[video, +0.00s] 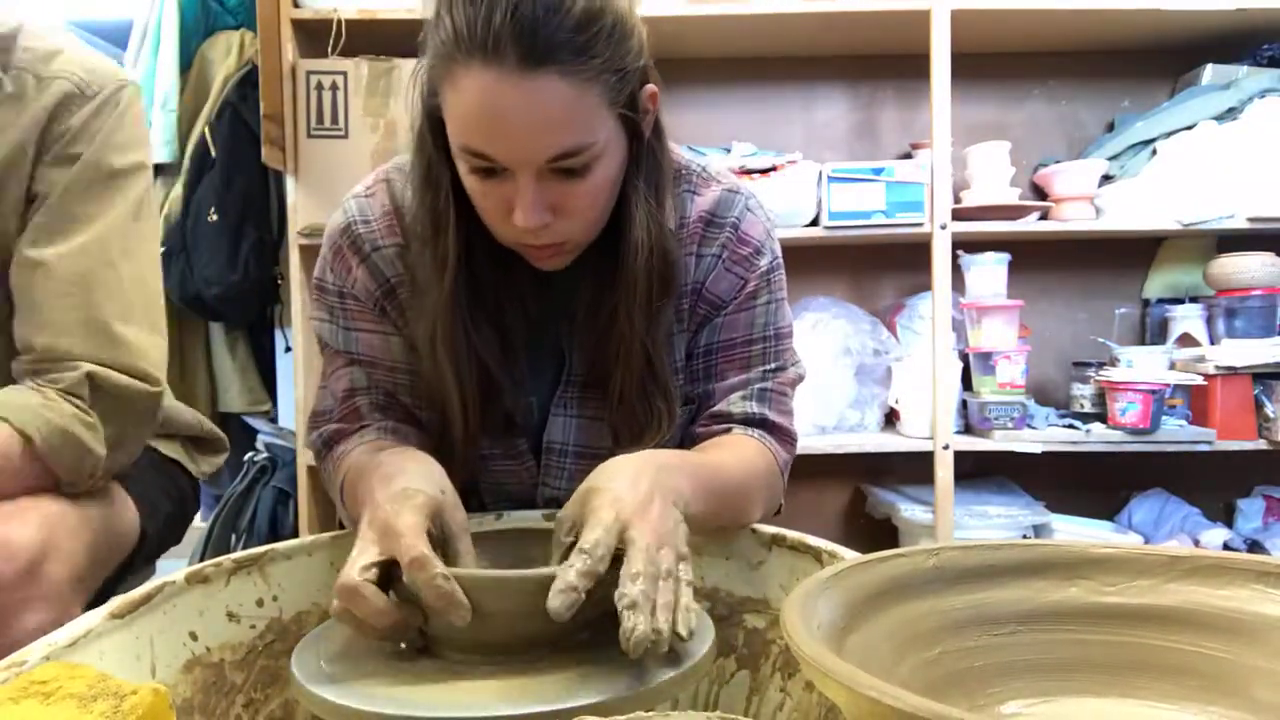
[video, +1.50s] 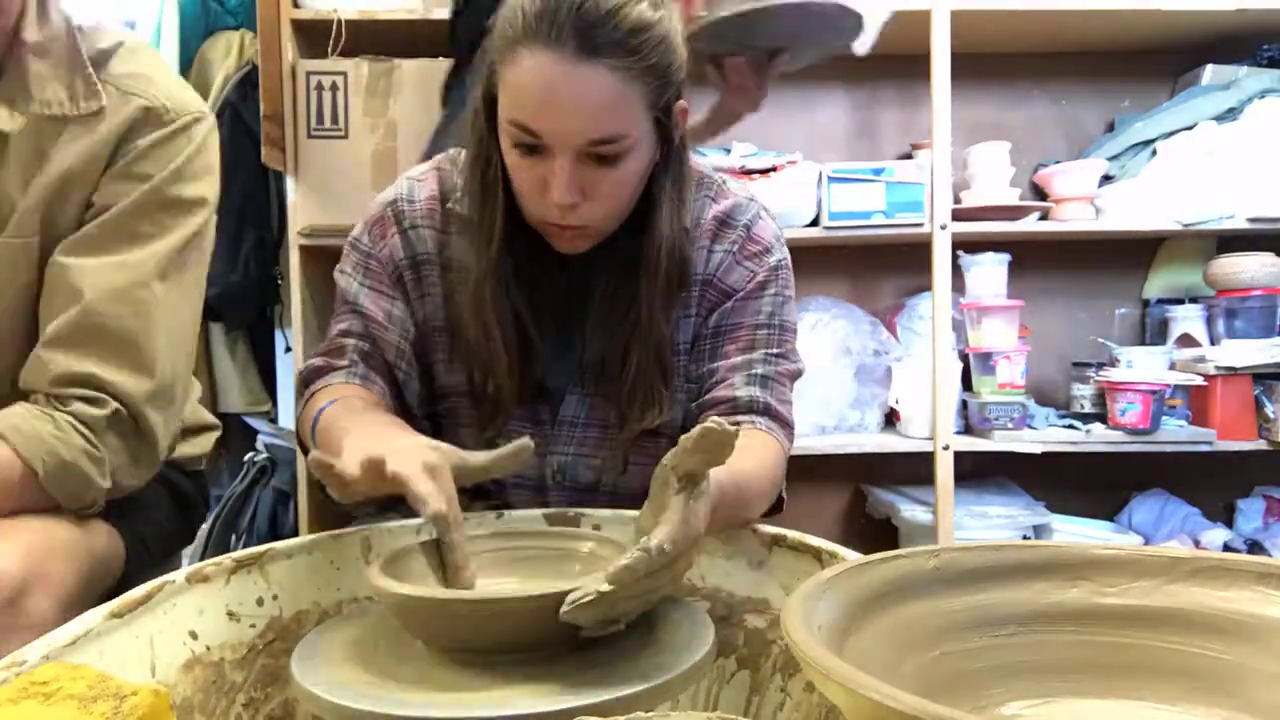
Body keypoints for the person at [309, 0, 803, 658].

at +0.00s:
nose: (527, 215)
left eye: (571, 169)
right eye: (484, 170)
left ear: (642, 118)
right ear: (442, 132)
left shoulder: (722, 230)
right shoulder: (375, 234)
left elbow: (758, 450)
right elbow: (355, 422)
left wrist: (667, 476)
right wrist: (389, 477)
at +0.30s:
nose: (490, 103)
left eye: (525, 59)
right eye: (451, 72)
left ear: (597, 53)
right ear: (425, 82)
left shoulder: (701, 218)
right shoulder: (383, 235)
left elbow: (742, 423)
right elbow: (390, 414)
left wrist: (668, 491)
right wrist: (392, 494)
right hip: (460, 612)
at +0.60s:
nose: (432, 221)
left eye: (441, 172)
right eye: (396, 200)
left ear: (511, 108)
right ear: (374, 190)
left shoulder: (682, 220)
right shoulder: (391, 253)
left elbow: (726, 403)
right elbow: (419, 409)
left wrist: (662, 512)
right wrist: (432, 514)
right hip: (485, 584)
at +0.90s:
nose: (547, 168)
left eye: (587, 127)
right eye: (510, 126)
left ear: (648, 106)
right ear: (469, 109)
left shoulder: (723, 227)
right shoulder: (408, 224)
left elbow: (750, 432)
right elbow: (383, 398)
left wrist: (688, 495)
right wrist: (373, 488)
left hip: (653, 585)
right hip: (466, 578)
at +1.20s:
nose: (554, 179)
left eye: (595, 139)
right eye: (518, 134)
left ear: (662, 112)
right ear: (482, 110)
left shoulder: (729, 231)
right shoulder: (408, 217)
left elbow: (753, 428)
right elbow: (311, 380)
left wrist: (697, 504)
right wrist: (367, 447)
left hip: (646, 594)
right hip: (445, 588)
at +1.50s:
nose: (561, 195)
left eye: (603, 156)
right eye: (528, 148)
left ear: (672, 127)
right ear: (492, 118)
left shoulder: (734, 241)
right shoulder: (410, 224)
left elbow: (755, 430)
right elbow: (339, 379)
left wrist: (702, 502)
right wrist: (376, 437)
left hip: (645, 592)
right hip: (448, 589)